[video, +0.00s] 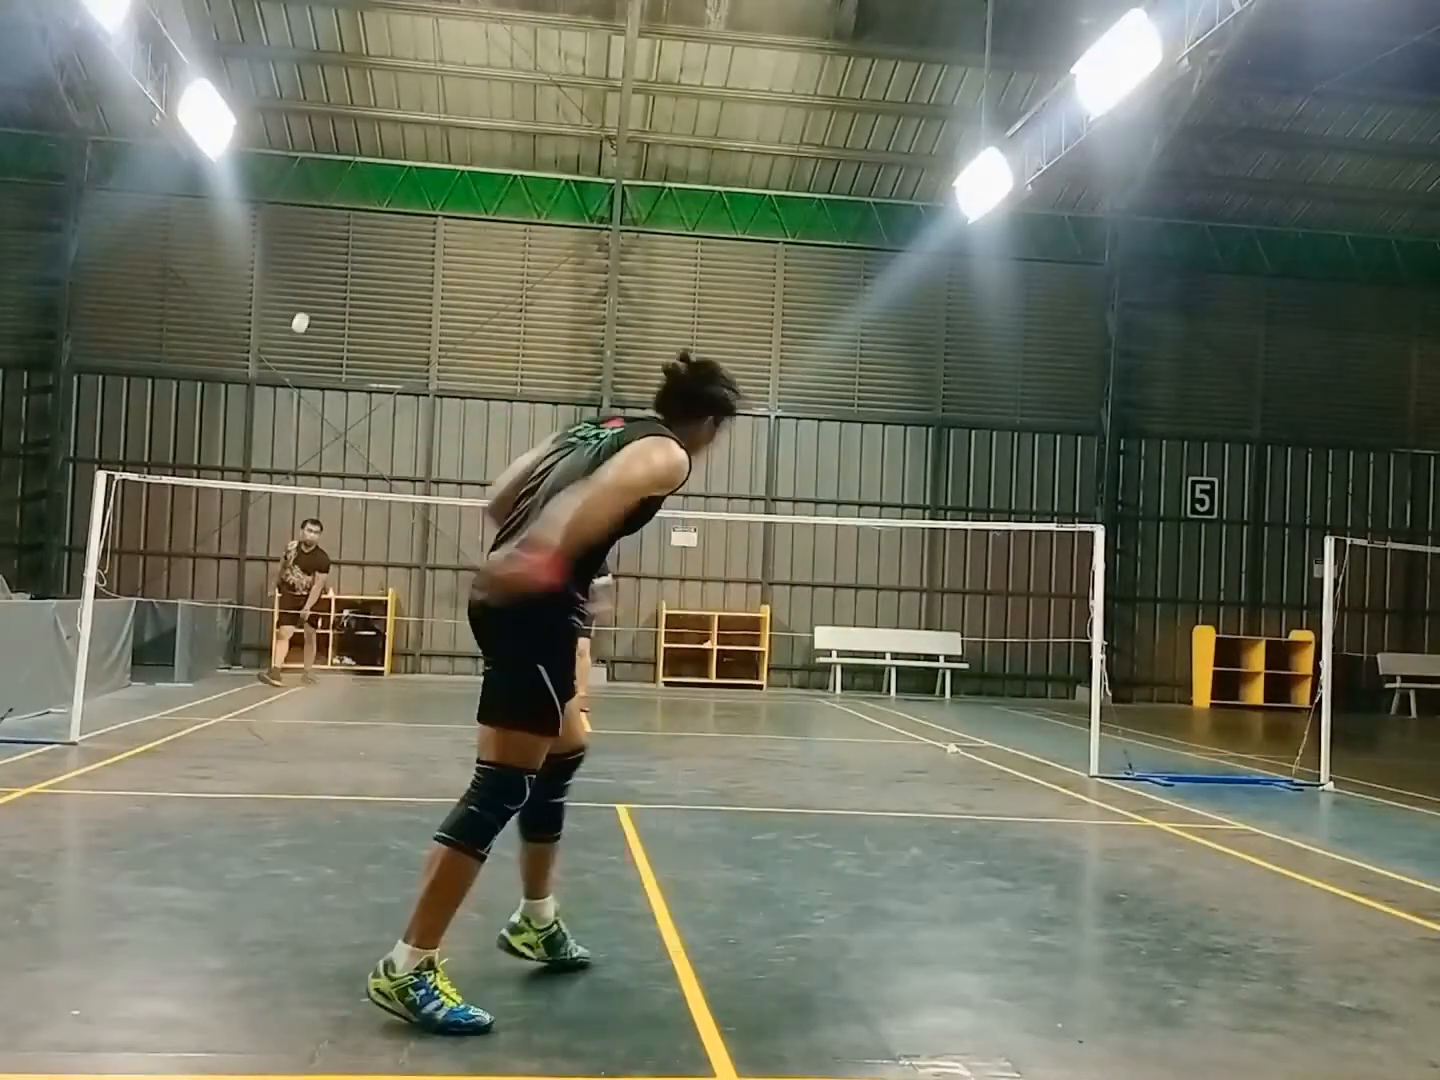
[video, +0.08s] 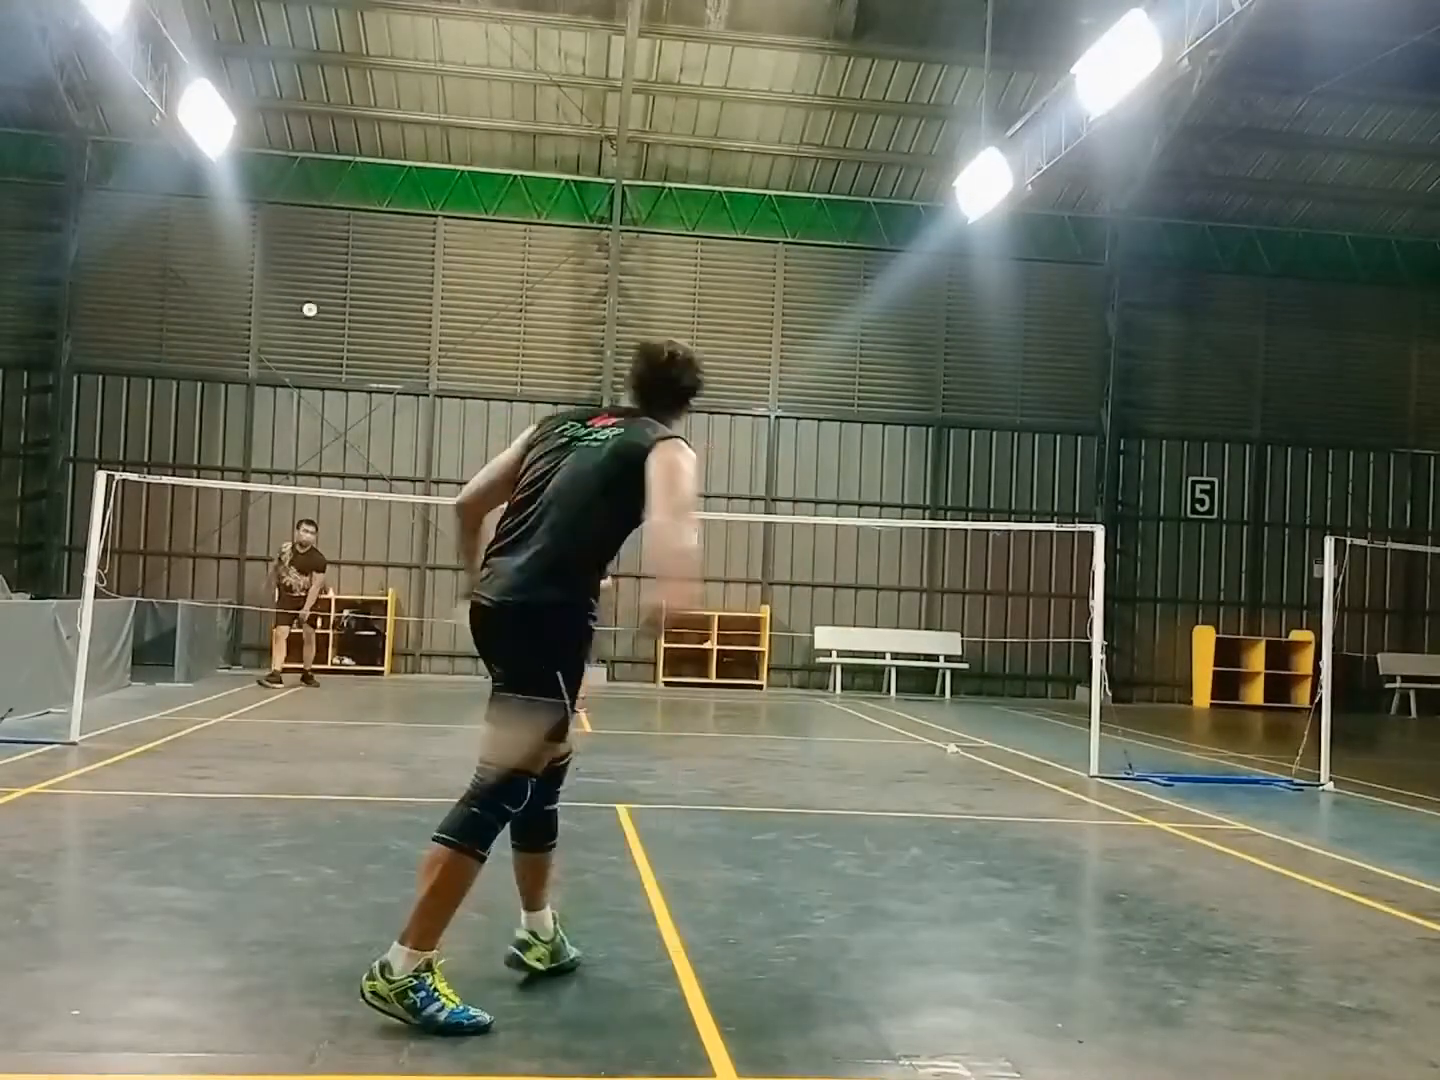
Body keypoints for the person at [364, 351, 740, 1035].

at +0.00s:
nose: (717, 443)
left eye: (721, 431)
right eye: (720, 430)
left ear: (664, 407)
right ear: (706, 423)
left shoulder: (599, 434)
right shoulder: (668, 455)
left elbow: (505, 491)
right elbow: (597, 496)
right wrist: (545, 553)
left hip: (505, 602)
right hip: (542, 611)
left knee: (565, 746)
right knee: (498, 787)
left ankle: (536, 920)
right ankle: (408, 967)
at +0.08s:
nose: (686, 417)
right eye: (690, 408)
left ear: (628, 388)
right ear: (683, 404)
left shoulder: (562, 424)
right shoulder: (665, 448)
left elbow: (472, 501)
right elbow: (671, 523)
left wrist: (479, 584)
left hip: (495, 609)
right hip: (549, 615)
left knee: (546, 764)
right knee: (498, 789)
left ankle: (537, 932)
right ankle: (404, 967)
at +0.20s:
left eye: (617, 374)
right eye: (667, 391)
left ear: (608, 379)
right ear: (665, 392)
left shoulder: (544, 422)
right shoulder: (666, 442)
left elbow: (460, 506)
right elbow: (734, 521)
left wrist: (416, 575)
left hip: (498, 615)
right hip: (562, 625)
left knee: (545, 782)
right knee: (503, 790)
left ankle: (556, 946)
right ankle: (404, 964)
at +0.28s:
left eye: (599, 374)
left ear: (602, 379)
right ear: (658, 392)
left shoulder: (540, 424)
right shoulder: (672, 444)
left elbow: (454, 511)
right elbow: (758, 527)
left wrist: (389, 580)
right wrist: (820, 593)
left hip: (508, 616)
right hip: (576, 626)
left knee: (550, 785)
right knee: (514, 790)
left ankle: (563, 952)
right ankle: (412, 958)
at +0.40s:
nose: (597, 377)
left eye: (598, 368)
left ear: (602, 375)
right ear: (658, 388)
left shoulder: (548, 427)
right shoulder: (680, 445)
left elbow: (475, 510)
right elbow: (759, 533)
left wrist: (407, 583)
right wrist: (813, 603)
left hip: (537, 619)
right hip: (610, 624)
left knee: (570, 793)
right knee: (590, 797)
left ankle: (567, 953)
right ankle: (467, 925)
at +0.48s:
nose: (609, 379)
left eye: (606, 370)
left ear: (606, 378)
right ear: (664, 388)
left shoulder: (554, 434)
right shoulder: (687, 450)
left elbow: (494, 514)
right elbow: (749, 538)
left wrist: (433, 598)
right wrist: (785, 597)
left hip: (553, 630)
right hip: (627, 634)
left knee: (575, 787)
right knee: (637, 794)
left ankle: (569, 949)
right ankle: (527, 904)